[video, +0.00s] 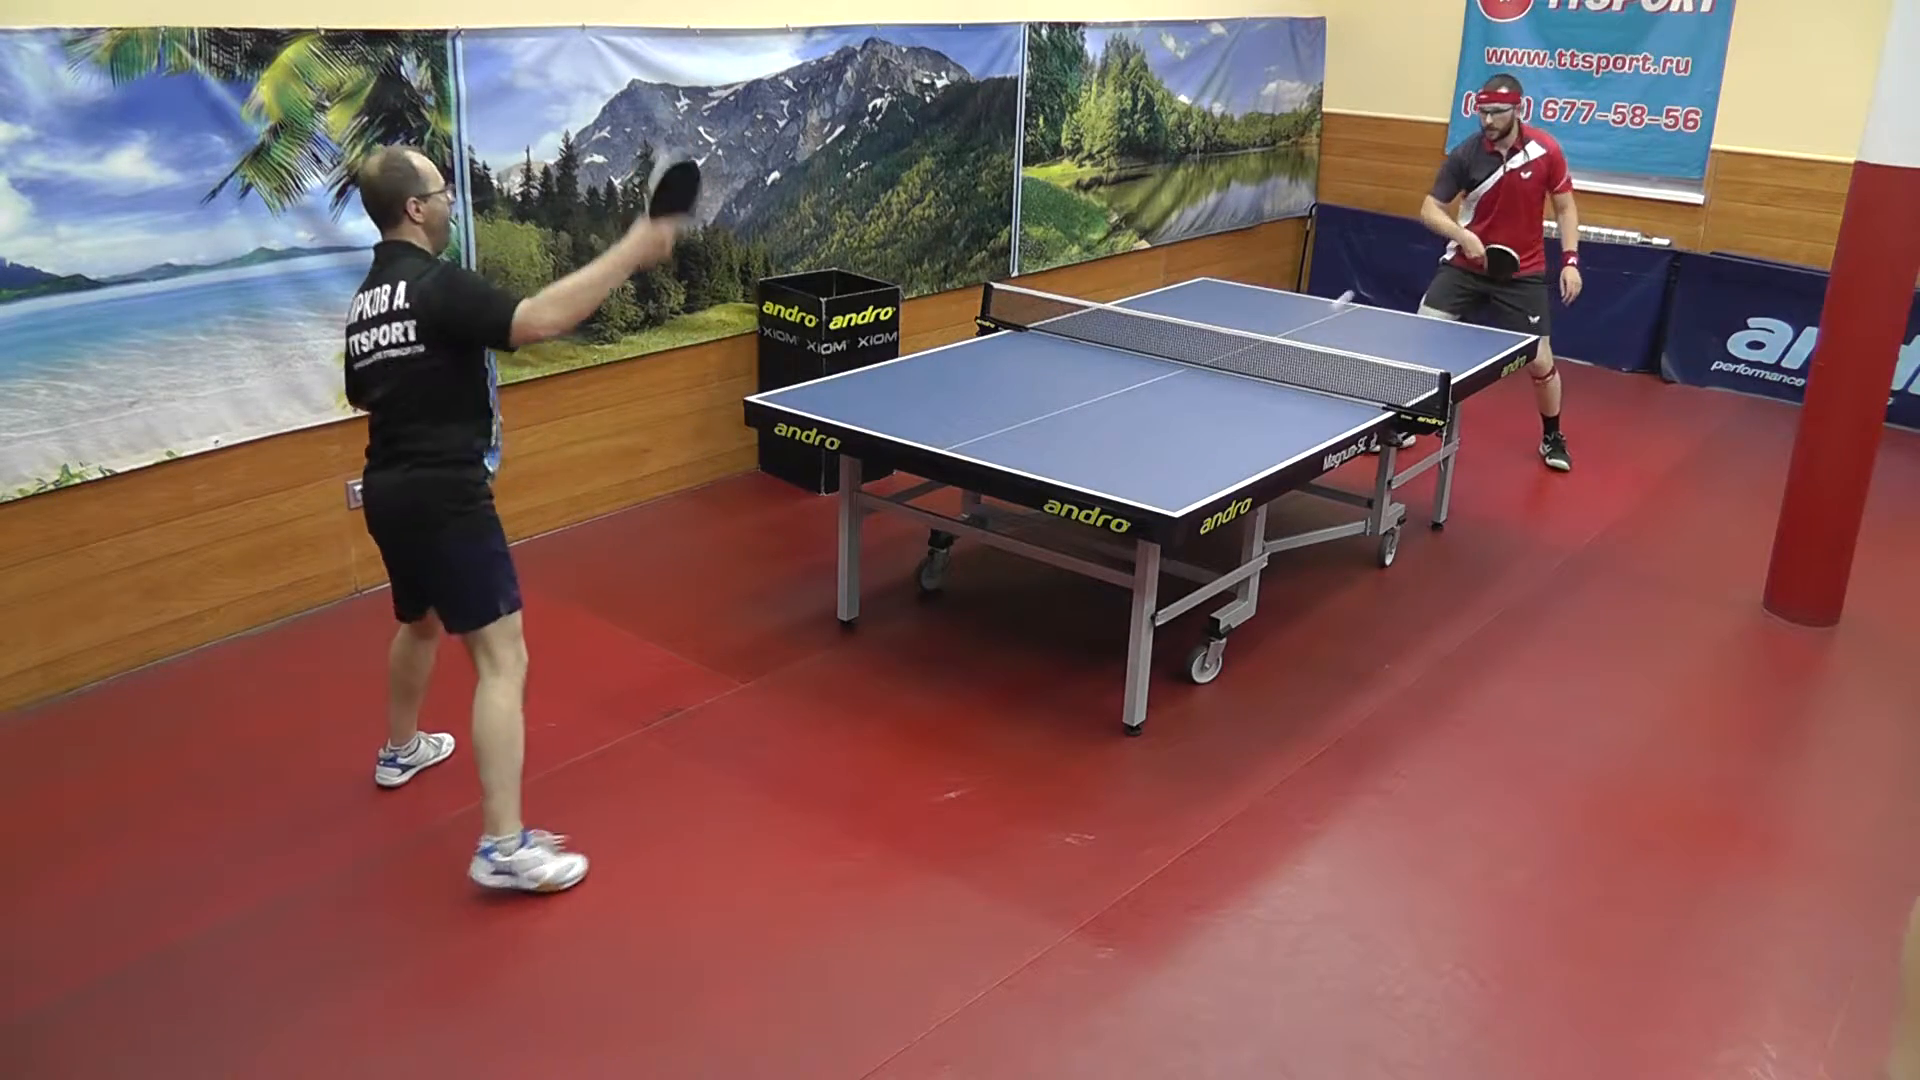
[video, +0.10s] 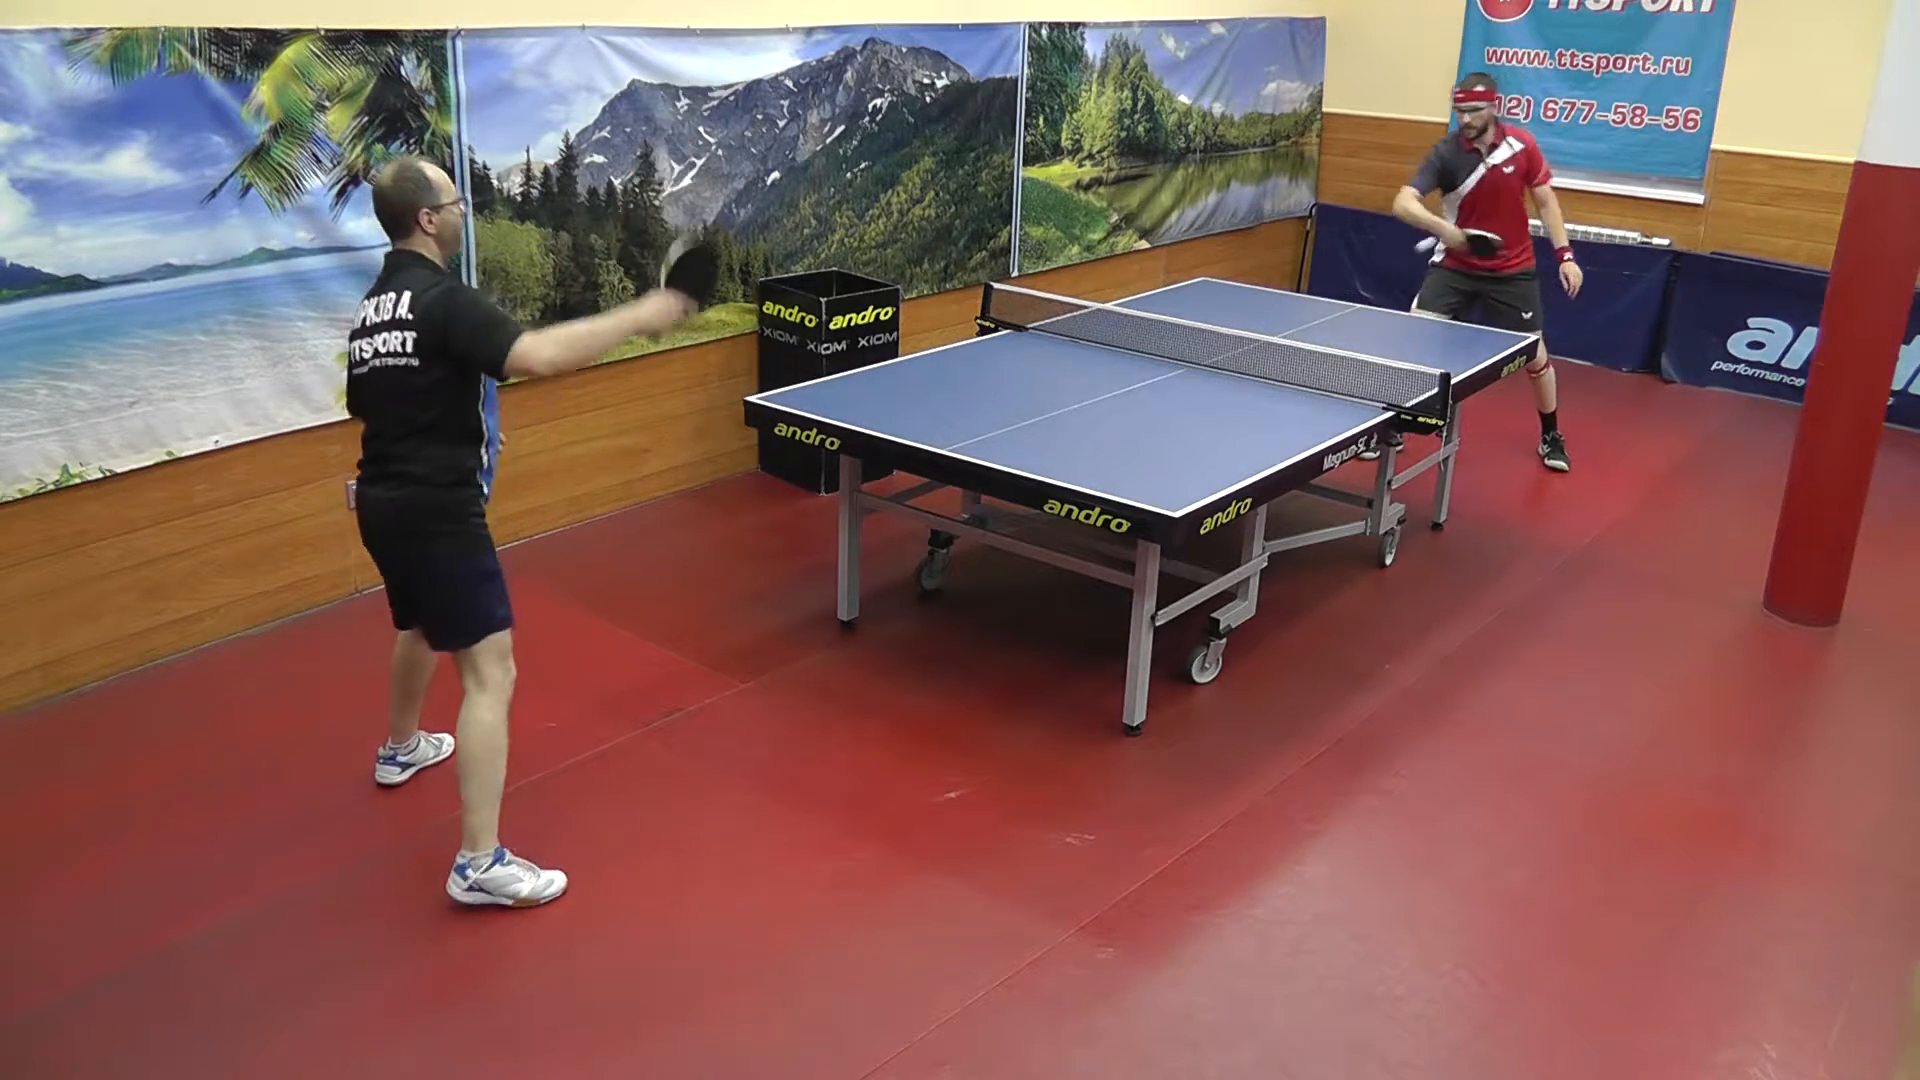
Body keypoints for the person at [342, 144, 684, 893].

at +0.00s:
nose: (450, 200)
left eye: (443, 187)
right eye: (441, 191)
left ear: (390, 213)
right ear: (417, 208)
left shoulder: (368, 299)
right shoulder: (439, 287)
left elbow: (360, 395)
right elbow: (535, 321)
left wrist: (440, 382)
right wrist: (630, 252)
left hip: (389, 493)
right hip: (450, 492)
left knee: (418, 623)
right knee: (501, 661)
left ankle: (400, 747)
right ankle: (504, 843)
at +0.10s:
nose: (464, 212)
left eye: (458, 200)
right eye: (455, 203)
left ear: (402, 222)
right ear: (428, 219)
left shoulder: (379, 300)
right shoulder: (443, 299)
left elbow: (361, 402)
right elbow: (533, 357)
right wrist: (642, 315)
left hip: (382, 502)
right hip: (438, 508)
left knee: (417, 625)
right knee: (489, 675)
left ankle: (399, 747)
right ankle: (480, 859)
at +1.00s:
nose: (287, 239)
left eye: (286, 230)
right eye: (288, 228)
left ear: (300, 237)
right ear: (360, 218)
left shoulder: (291, 329)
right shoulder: (430, 303)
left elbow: (257, 449)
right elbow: (476, 419)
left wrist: (236, 525)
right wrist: (505, 494)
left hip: (337, 530)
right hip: (427, 521)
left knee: (334, 646)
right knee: (437, 674)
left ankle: (323, 756)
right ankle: (449, 840)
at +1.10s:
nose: (279, 241)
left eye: (279, 231)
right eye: (276, 230)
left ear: (300, 235)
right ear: (354, 218)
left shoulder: (294, 332)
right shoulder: (432, 303)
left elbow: (295, 460)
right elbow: (467, 424)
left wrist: (290, 556)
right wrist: (496, 510)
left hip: (342, 534)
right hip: (428, 523)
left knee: (321, 641)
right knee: (437, 673)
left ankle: (311, 758)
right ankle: (451, 841)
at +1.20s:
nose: (263, 246)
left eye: (263, 235)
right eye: (260, 235)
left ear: (288, 236)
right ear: (336, 220)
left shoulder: (286, 330)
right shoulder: (421, 297)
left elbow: (299, 457)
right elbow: (460, 413)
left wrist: (308, 559)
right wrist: (484, 501)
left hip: (331, 529)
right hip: (419, 517)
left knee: (301, 637)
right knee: (432, 670)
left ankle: (312, 768)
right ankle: (454, 838)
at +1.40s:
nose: (210, 235)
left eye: (215, 224)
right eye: (209, 223)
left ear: (251, 225)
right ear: (278, 216)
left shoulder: (243, 320)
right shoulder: (367, 282)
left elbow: (256, 447)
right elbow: (417, 393)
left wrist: (258, 547)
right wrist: (445, 476)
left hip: (302, 521)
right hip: (381, 503)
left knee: (289, 640)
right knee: (400, 642)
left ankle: (311, 771)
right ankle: (450, 792)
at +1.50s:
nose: (193, 232)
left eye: (200, 221)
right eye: (191, 220)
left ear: (241, 220)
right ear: (254, 215)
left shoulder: (230, 316)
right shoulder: (339, 278)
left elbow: (222, 447)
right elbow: (385, 389)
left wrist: (205, 539)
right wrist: (403, 466)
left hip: (273, 512)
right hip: (354, 493)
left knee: (284, 643)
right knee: (371, 625)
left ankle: (311, 771)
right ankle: (437, 751)